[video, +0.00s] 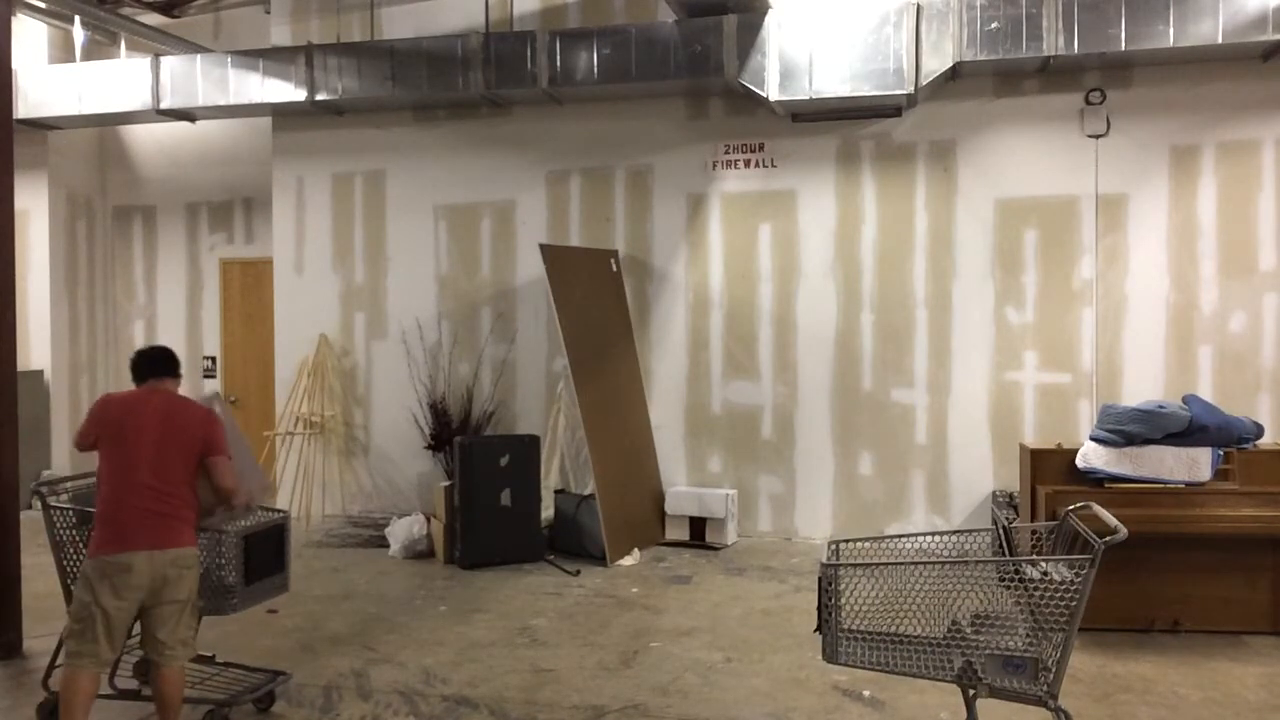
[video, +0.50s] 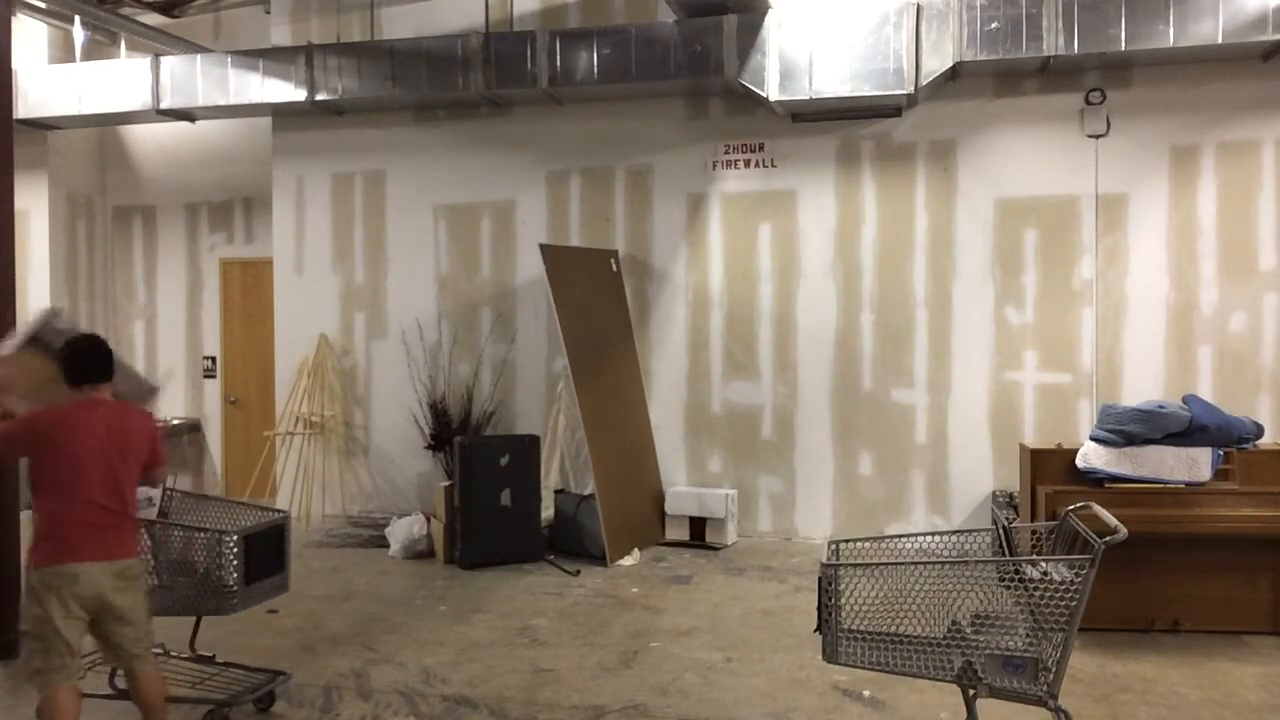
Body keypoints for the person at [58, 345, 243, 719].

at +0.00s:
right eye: (177, 378)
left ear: (135, 379)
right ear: (177, 378)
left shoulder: (110, 406)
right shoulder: (202, 416)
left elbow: (82, 443)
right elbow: (224, 482)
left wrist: (122, 430)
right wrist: (232, 498)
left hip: (117, 555)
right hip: (178, 555)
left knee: (86, 657)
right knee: (170, 657)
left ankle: (69, 715)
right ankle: (170, 716)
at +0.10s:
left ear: (123, 376)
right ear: (166, 372)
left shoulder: (102, 408)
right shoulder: (192, 411)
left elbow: (69, 435)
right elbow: (221, 477)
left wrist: (112, 411)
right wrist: (239, 481)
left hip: (113, 556)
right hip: (174, 554)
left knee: (84, 659)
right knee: (170, 656)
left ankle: (69, 716)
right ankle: (170, 716)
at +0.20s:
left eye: (110, 373)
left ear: (109, 376)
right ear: (153, 372)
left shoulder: (93, 412)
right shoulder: (182, 415)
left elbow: (53, 427)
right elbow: (213, 478)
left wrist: (87, 391)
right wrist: (187, 459)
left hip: (108, 557)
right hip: (170, 553)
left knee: (84, 660)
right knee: (167, 657)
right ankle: (169, 716)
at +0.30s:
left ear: (91, 376)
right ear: (138, 372)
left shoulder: (78, 417)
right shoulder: (168, 417)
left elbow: (27, 428)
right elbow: (201, 480)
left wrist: (58, 389)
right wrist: (203, 448)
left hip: (95, 563)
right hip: (158, 558)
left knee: (79, 667)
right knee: (161, 660)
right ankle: (168, 716)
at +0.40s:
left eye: (78, 371)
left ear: (77, 375)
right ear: (123, 372)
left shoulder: (61, 421)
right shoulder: (154, 420)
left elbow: (7, 429)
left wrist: (25, 387)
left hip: (76, 568)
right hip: (141, 563)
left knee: (66, 673)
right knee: (153, 662)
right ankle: (164, 716)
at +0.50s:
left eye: (66, 370)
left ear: (64, 375)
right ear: (111, 372)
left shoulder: (43, 423)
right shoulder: (139, 420)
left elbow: (4, 442)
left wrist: (8, 404)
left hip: (58, 570)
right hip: (121, 566)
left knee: (58, 677)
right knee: (140, 661)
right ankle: (158, 715)